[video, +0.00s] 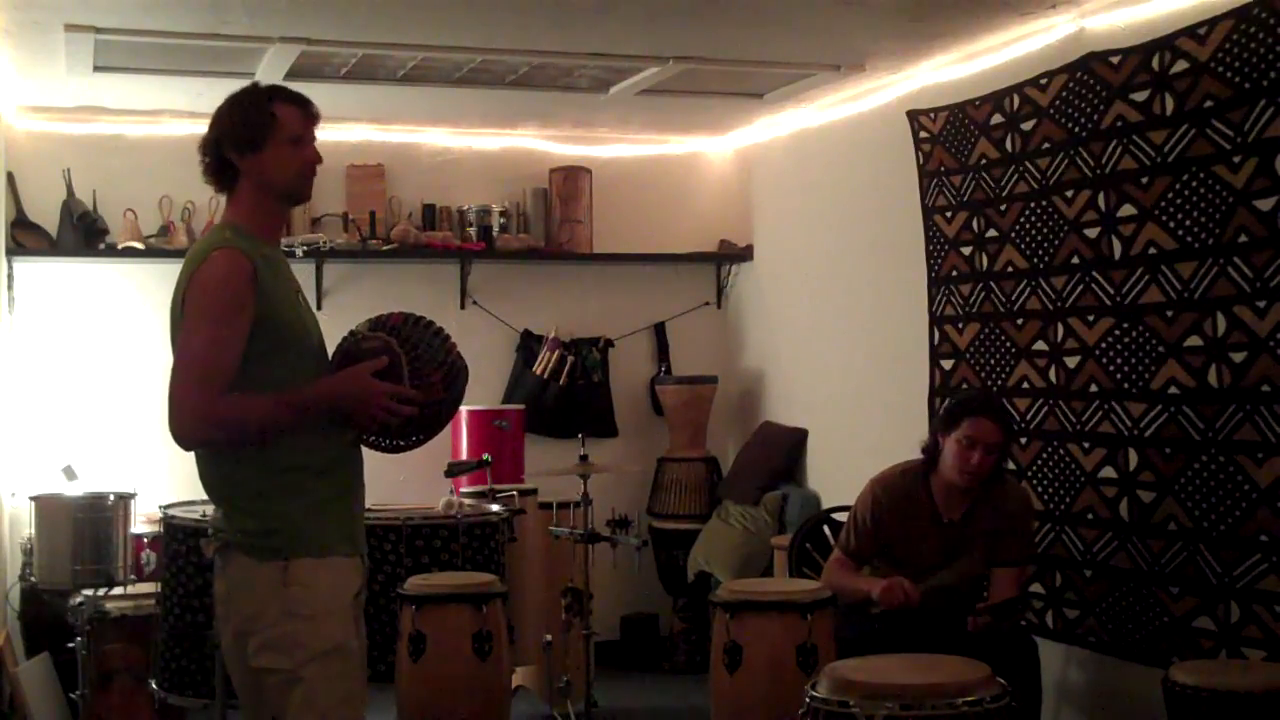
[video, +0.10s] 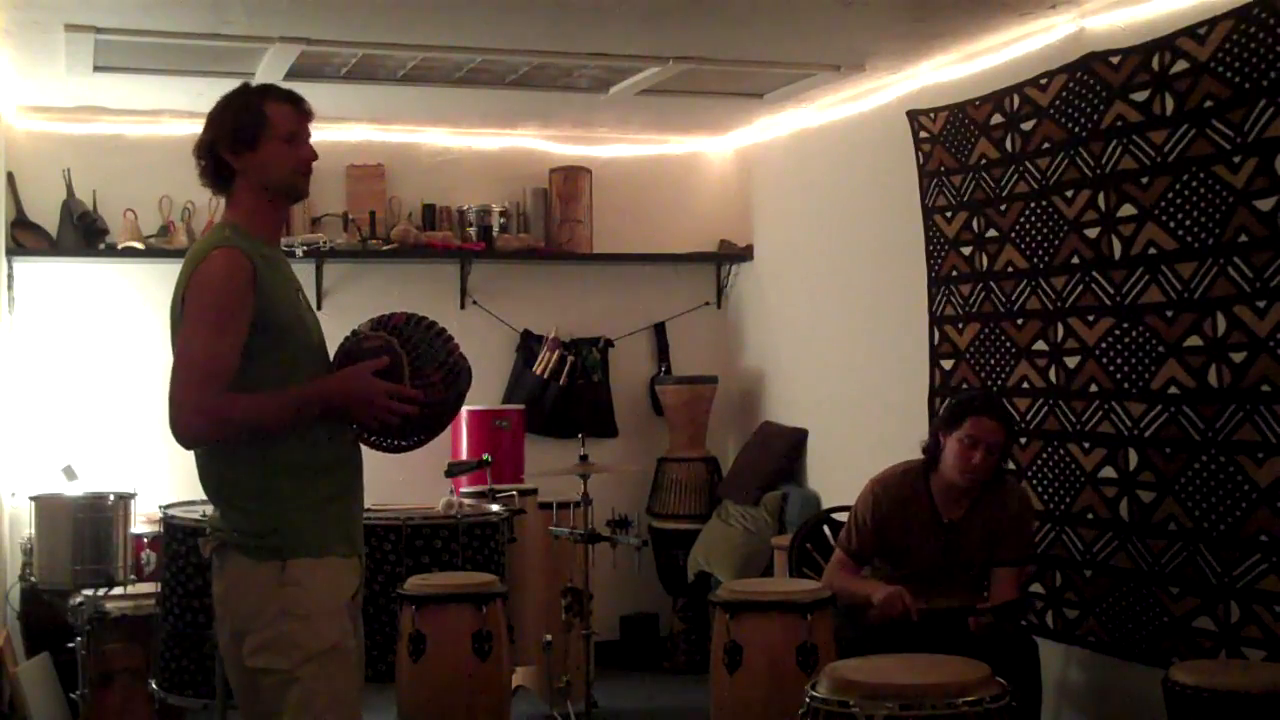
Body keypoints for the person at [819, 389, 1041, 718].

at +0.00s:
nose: (976, 460)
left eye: (990, 451)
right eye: (967, 444)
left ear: (1001, 455)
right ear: (941, 437)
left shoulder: (1010, 503)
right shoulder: (887, 492)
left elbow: (1005, 593)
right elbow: (832, 573)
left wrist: (989, 616)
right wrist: (872, 585)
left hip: (964, 624)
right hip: (891, 619)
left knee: (1018, 651)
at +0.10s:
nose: (978, 459)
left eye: (991, 451)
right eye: (969, 443)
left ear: (1001, 457)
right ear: (942, 436)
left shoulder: (1009, 503)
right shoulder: (888, 491)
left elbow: (1006, 593)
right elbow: (834, 575)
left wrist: (991, 615)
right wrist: (876, 590)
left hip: (967, 626)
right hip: (894, 621)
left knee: (1019, 650)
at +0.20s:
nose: (982, 462)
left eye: (995, 454)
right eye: (973, 447)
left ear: (1003, 457)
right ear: (944, 438)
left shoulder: (1008, 503)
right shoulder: (888, 491)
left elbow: (1005, 595)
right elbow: (835, 577)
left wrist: (989, 615)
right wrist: (876, 580)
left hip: (962, 624)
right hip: (888, 618)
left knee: (1019, 651)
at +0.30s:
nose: (993, 469)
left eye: (1001, 458)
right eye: (983, 456)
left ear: (1008, 455)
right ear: (950, 445)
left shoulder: (1007, 503)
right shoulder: (889, 490)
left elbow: (1006, 594)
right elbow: (835, 578)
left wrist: (989, 618)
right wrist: (881, 576)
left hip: (960, 622)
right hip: (888, 617)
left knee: (1019, 652)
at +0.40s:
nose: (998, 471)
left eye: (1005, 461)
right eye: (987, 458)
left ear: (1011, 458)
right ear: (953, 449)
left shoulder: (1009, 504)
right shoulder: (889, 491)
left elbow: (1005, 595)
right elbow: (836, 576)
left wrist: (990, 617)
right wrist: (879, 584)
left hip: (961, 621)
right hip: (888, 618)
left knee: (1018, 650)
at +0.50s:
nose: (1002, 473)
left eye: (1007, 462)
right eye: (992, 459)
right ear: (956, 448)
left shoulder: (1010, 504)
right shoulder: (888, 492)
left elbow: (1005, 595)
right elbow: (835, 577)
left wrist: (992, 615)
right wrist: (877, 583)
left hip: (961, 620)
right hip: (887, 616)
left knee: (1018, 649)